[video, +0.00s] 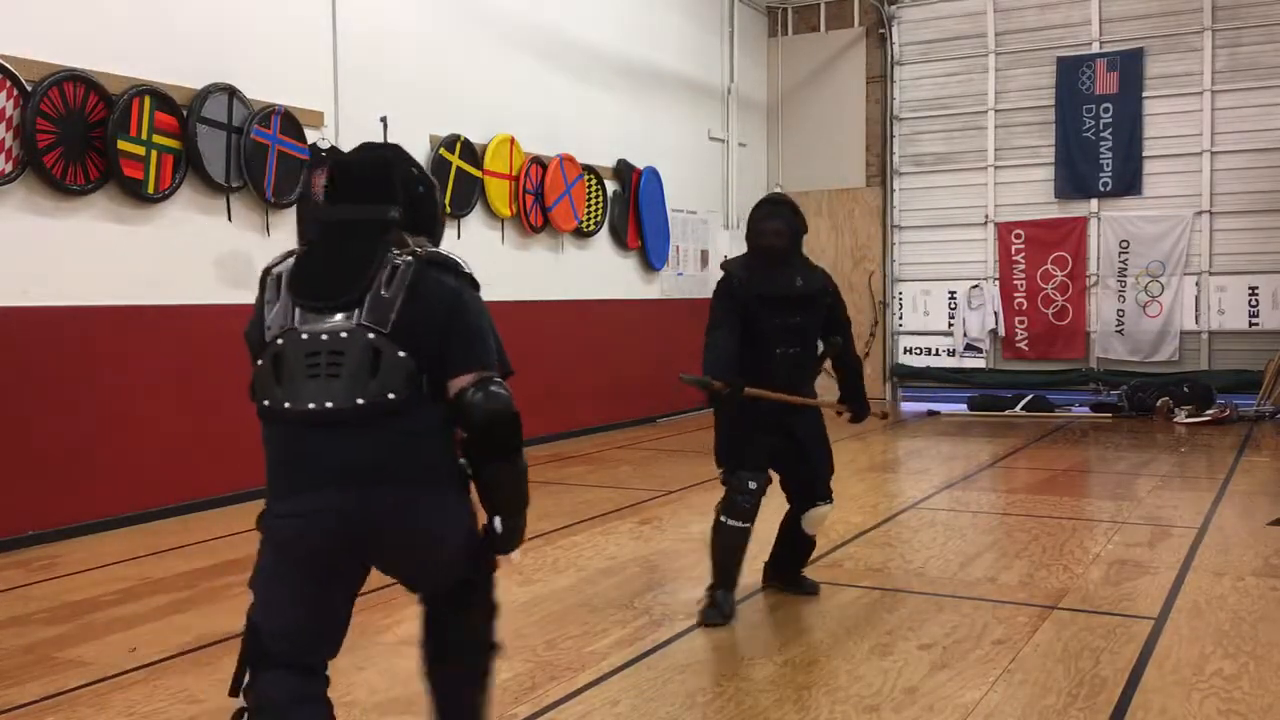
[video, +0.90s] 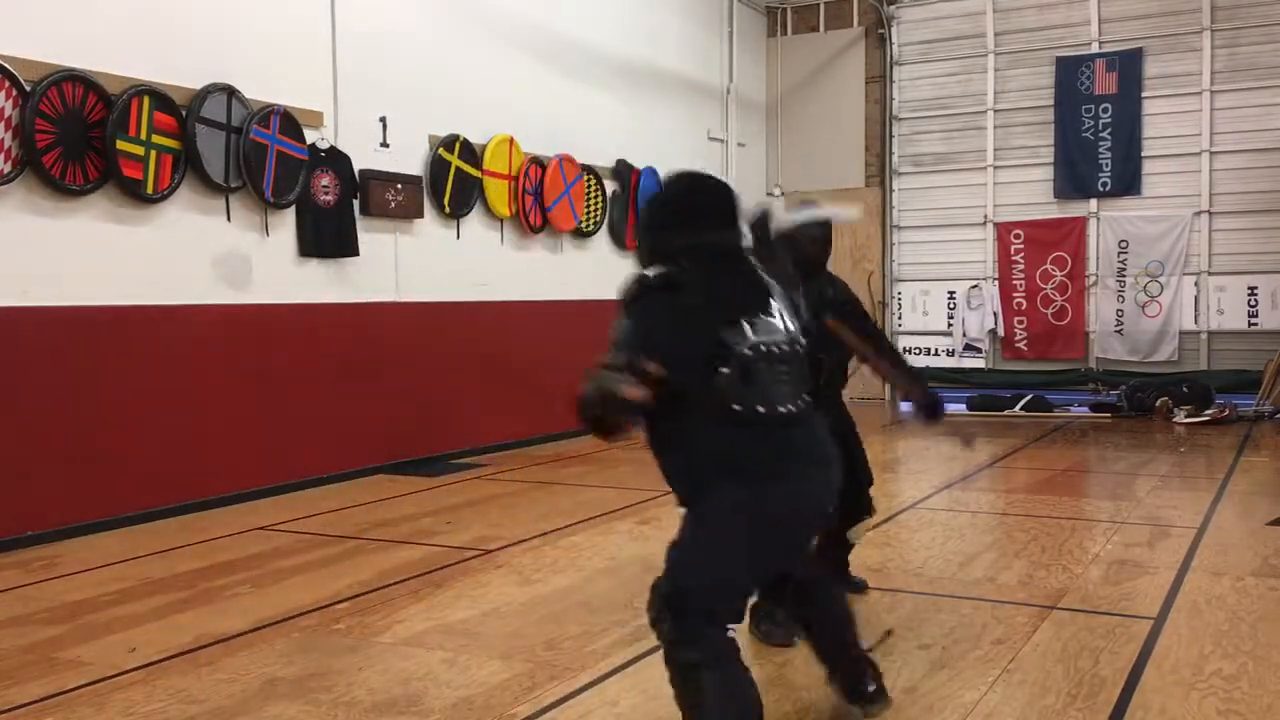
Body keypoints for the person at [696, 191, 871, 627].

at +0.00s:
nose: (770, 243)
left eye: (779, 234)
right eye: (762, 234)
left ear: (797, 235)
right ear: (749, 236)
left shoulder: (817, 283)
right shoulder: (737, 279)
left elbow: (841, 343)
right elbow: (721, 332)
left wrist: (854, 393)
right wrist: (719, 375)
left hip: (797, 405)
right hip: (744, 402)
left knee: (814, 501)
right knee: (743, 493)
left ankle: (782, 570)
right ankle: (721, 589)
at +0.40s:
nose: (767, 248)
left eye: (776, 239)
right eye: (758, 240)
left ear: (795, 240)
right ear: (746, 245)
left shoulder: (821, 283)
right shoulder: (741, 286)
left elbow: (846, 342)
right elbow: (730, 339)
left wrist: (805, 360)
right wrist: (757, 354)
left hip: (807, 403)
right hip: (758, 405)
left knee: (807, 491)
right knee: (787, 503)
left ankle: (784, 553)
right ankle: (767, 606)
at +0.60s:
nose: (780, 247)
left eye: (790, 237)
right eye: (771, 237)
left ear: (809, 242)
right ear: (758, 243)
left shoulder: (827, 287)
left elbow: (861, 357)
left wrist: (831, 358)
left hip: (816, 409)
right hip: (765, 413)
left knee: (833, 502)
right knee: (798, 508)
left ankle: (796, 552)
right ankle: (768, 606)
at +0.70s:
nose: (786, 236)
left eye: (796, 227)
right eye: (778, 227)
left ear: (813, 233)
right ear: (763, 231)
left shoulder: (827, 279)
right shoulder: (745, 281)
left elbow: (869, 335)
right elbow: (730, 339)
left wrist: (871, 379)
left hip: (821, 400)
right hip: (769, 404)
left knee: (843, 484)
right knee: (798, 501)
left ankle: (820, 552)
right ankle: (769, 606)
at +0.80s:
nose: (802, 244)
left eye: (810, 235)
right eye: (793, 235)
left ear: (821, 238)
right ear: (775, 236)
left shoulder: (830, 286)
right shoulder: (759, 284)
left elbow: (870, 340)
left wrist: (891, 395)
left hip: (823, 398)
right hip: (774, 400)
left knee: (848, 478)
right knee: (794, 492)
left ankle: (832, 556)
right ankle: (773, 584)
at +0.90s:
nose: (820, 252)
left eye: (823, 242)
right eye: (810, 243)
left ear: (827, 245)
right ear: (788, 246)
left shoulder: (829, 291)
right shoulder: (764, 289)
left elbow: (872, 343)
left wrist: (917, 390)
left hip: (826, 407)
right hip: (780, 410)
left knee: (854, 490)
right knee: (788, 497)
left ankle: (831, 564)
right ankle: (773, 598)